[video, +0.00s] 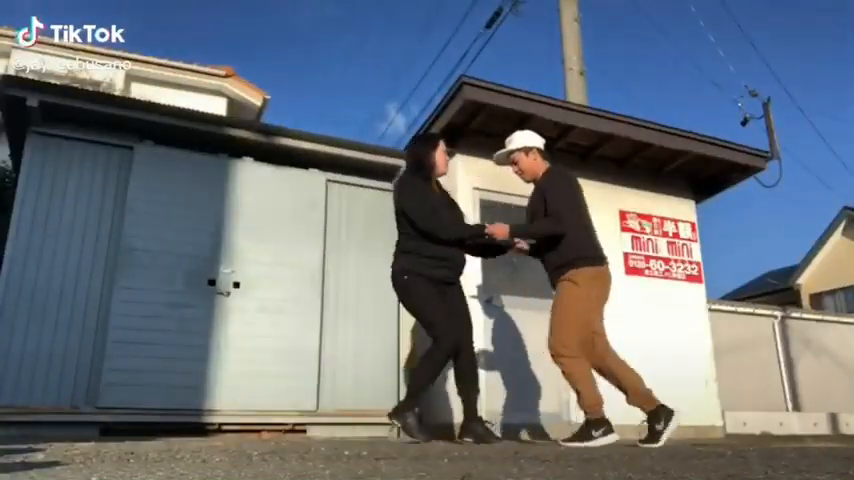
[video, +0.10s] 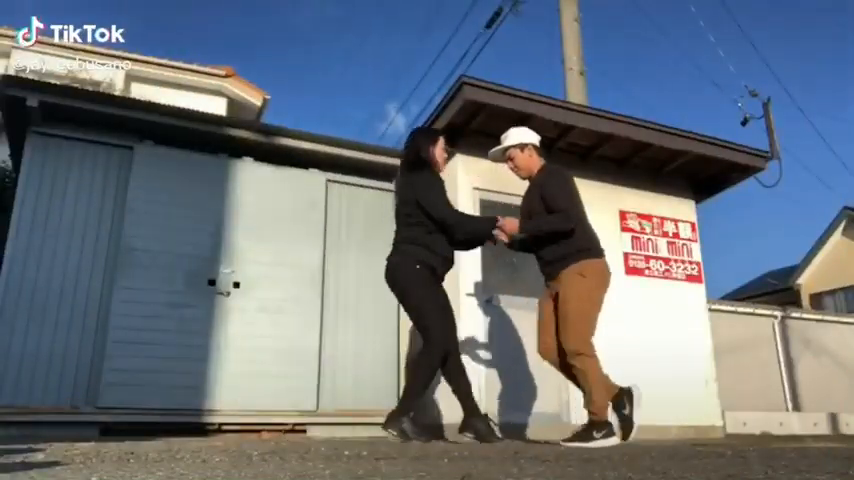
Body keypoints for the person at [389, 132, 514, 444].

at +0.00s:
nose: (447, 159)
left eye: (446, 153)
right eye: (443, 153)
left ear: (428, 156)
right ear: (427, 156)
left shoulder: (440, 194)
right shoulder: (411, 186)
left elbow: (464, 241)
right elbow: (440, 227)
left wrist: (506, 246)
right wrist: (485, 231)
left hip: (445, 279)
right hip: (415, 277)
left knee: (464, 344)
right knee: (447, 338)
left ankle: (472, 420)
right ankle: (406, 408)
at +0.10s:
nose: (446, 156)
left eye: (445, 150)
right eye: (442, 149)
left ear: (424, 150)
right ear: (428, 149)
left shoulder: (419, 181)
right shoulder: (422, 177)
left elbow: (455, 238)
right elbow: (449, 220)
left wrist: (489, 234)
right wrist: (494, 223)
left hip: (419, 270)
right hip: (412, 268)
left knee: (448, 344)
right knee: (438, 341)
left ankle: (473, 415)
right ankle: (402, 414)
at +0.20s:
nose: (445, 154)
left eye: (445, 148)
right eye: (442, 147)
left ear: (418, 146)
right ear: (428, 146)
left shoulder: (404, 176)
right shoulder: (426, 175)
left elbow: (440, 227)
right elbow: (458, 210)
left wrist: (470, 220)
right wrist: (503, 209)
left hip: (388, 259)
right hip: (404, 259)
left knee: (436, 329)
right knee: (422, 331)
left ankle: (432, 411)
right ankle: (402, 414)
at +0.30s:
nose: (439, 152)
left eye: (439, 146)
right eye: (437, 145)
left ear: (408, 143)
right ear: (425, 144)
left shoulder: (390, 169)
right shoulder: (422, 173)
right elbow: (460, 204)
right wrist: (500, 192)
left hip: (367, 253)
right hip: (398, 253)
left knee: (403, 329)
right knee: (408, 331)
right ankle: (405, 415)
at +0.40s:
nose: (428, 154)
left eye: (428, 148)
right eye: (424, 148)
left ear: (393, 145)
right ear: (412, 147)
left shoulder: (377, 171)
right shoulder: (412, 177)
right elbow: (455, 197)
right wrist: (492, 177)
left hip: (352, 253)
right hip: (387, 254)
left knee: (369, 335)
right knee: (399, 334)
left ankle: (324, 404)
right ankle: (400, 418)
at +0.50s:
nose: (413, 154)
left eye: (413, 148)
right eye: (409, 148)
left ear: (380, 146)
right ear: (396, 147)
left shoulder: (366, 174)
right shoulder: (392, 177)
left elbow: (410, 207)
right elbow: (436, 193)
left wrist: (431, 186)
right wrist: (480, 172)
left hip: (334, 258)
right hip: (366, 260)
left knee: (336, 338)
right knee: (390, 334)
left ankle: (308, 417)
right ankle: (398, 418)